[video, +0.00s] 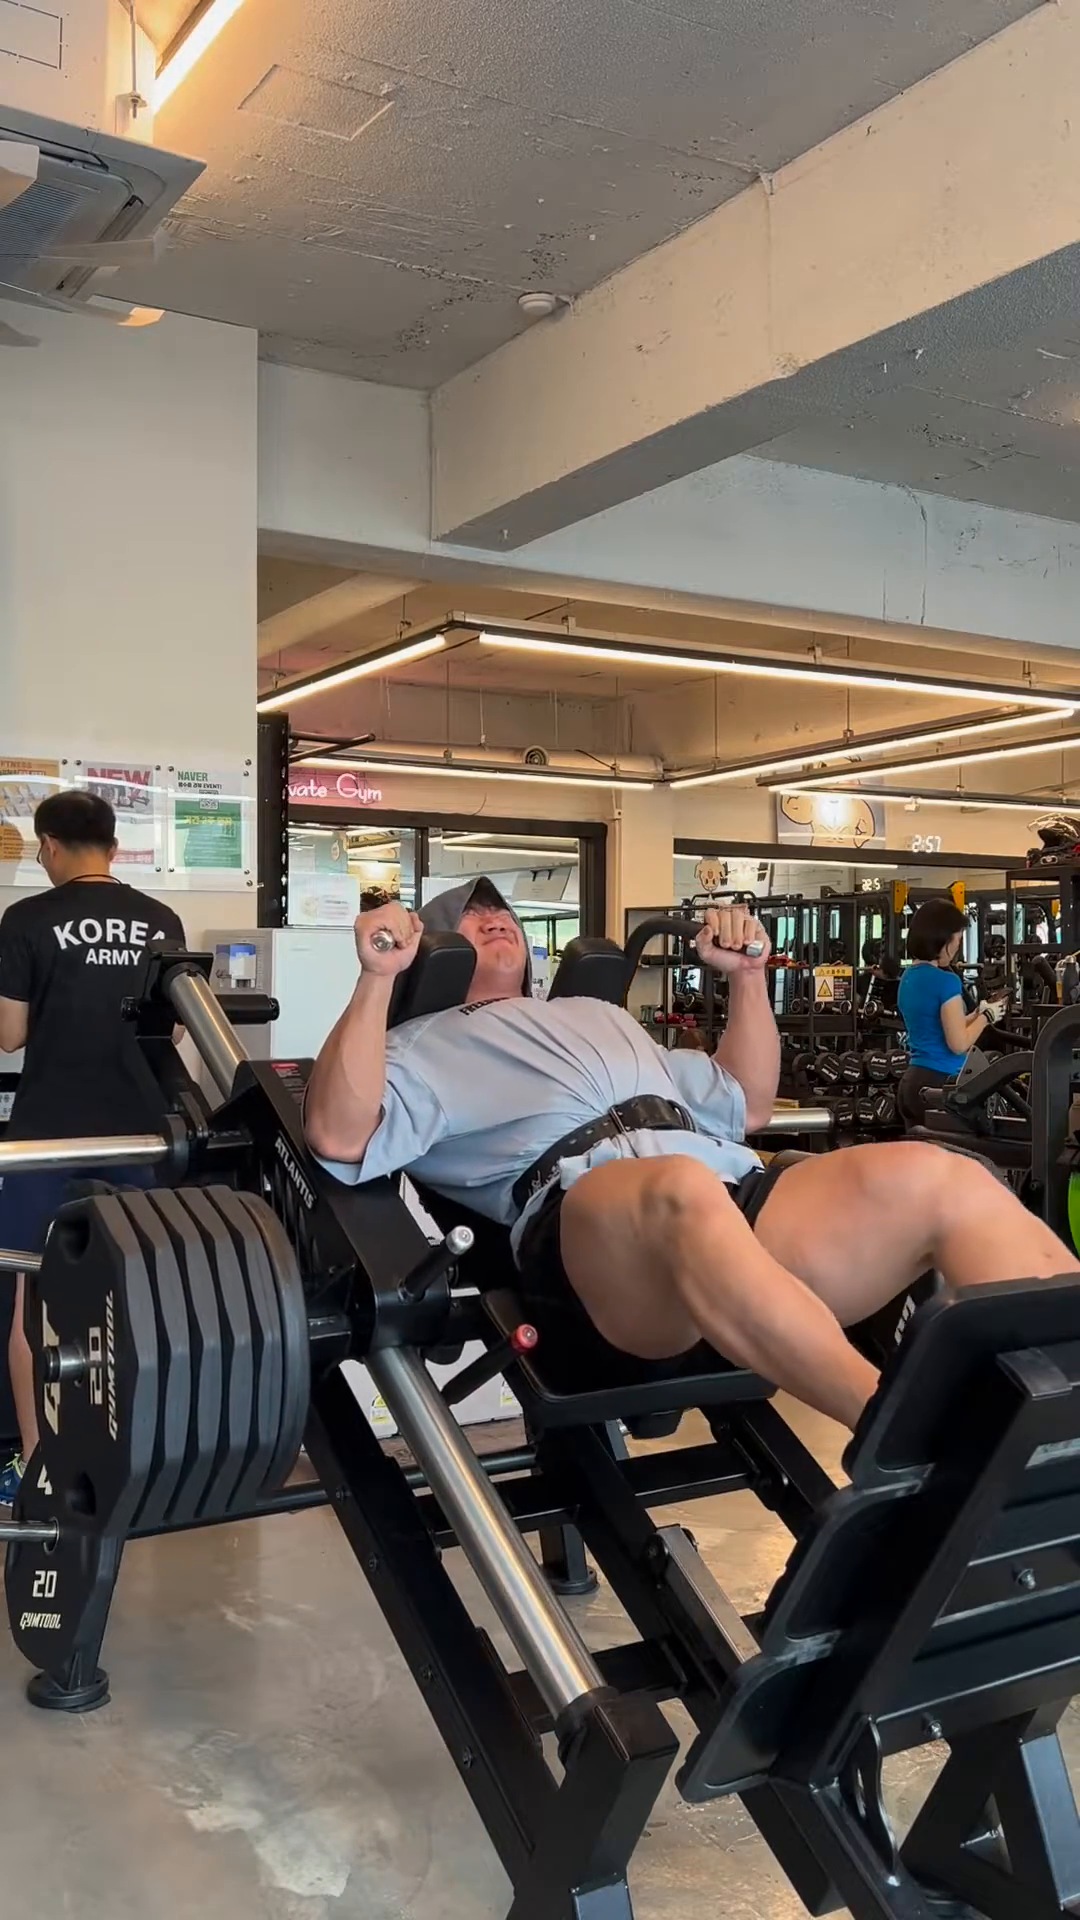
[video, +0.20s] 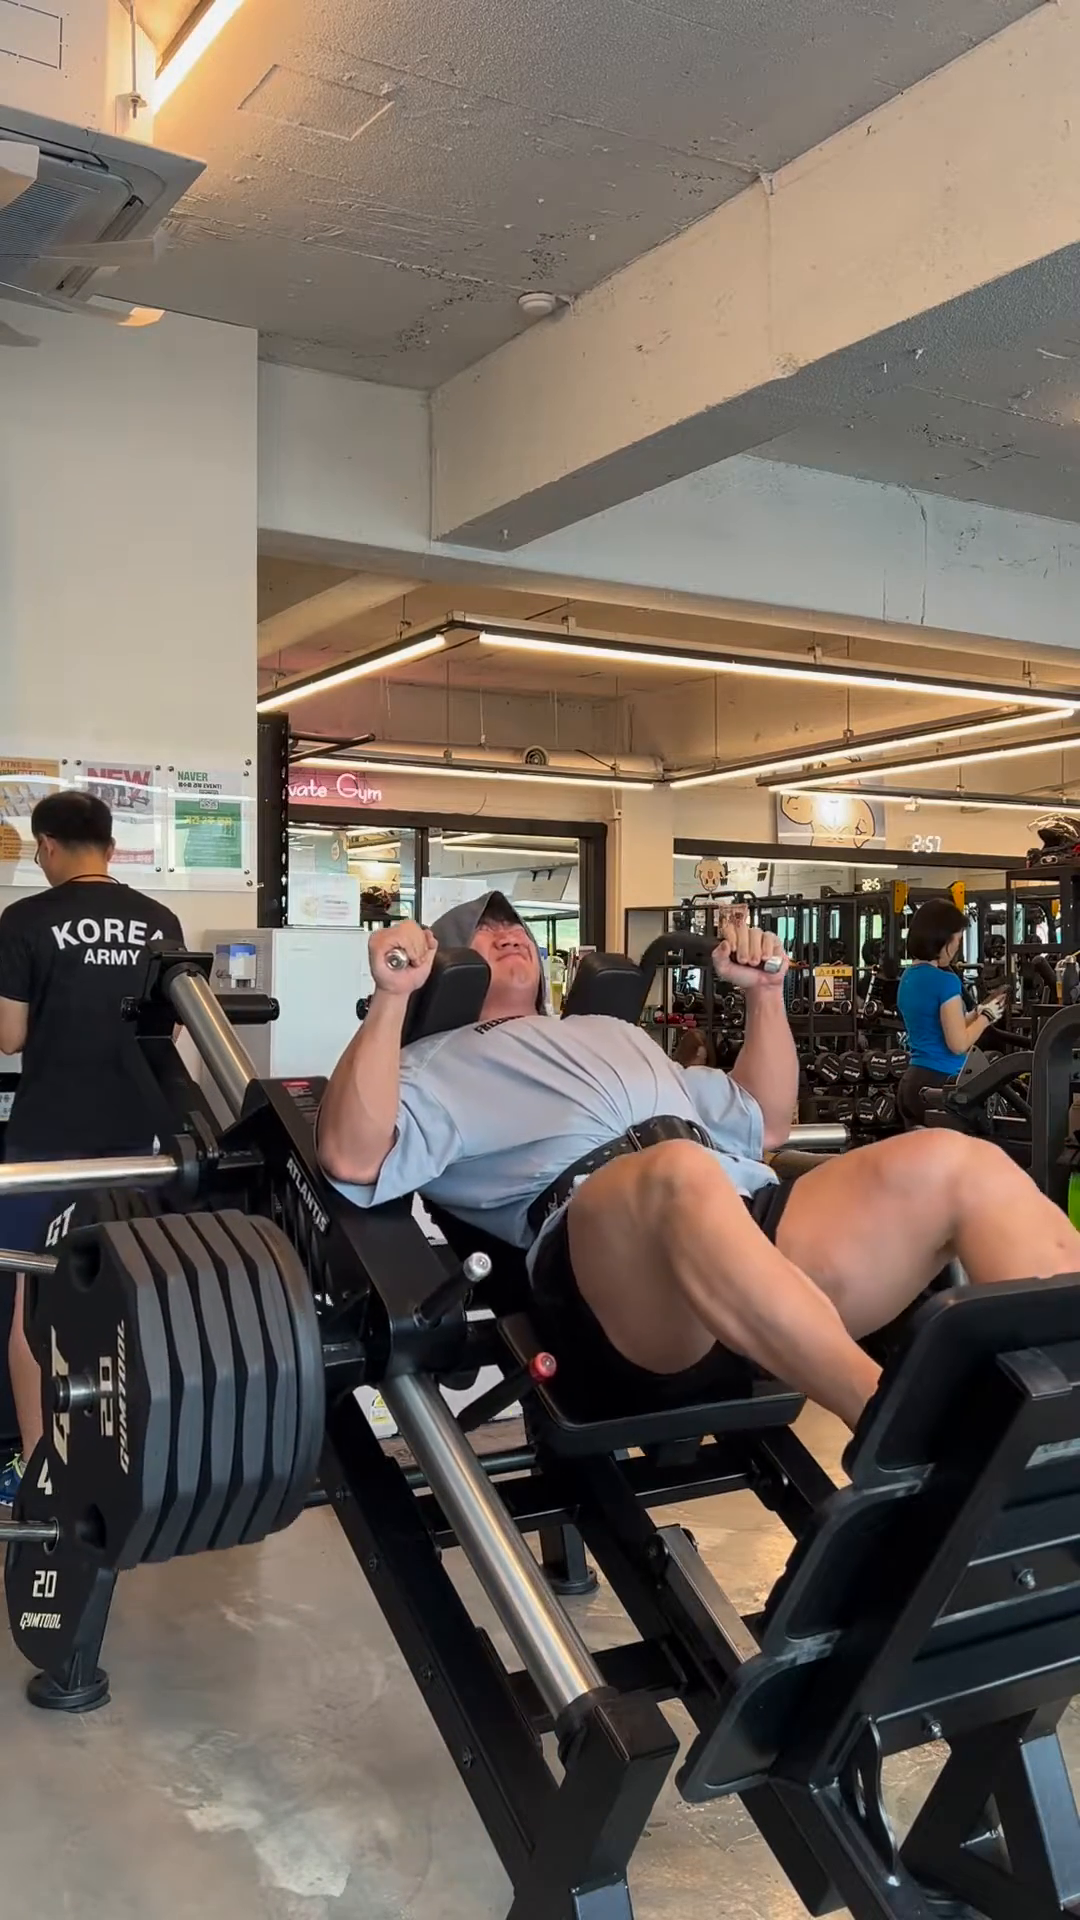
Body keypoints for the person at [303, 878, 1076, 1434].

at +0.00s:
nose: (495, 923)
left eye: (504, 916)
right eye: (472, 919)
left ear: (528, 947)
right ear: (441, 960)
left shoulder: (602, 1022)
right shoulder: (426, 1048)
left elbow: (744, 1102)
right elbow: (339, 1135)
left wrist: (745, 978)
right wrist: (376, 983)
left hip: (733, 1208)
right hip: (581, 1246)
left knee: (947, 1182)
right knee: (681, 1193)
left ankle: (1078, 1370)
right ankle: (902, 1427)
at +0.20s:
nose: (507, 937)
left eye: (516, 929)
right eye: (483, 932)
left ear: (542, 961)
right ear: (449, 978)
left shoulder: (614, 1037)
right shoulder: (436, 1066)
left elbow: (764, 1122)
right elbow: (352, 1159)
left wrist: (763, 994)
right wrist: (389, 1000)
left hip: (755, 1241)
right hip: (604, 1289)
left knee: (955, 1165)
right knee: (677, 1174)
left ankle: (1073, 1382)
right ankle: (899, 1426)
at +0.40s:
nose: (522, 955)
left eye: (531, 947)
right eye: (499, 950)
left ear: (556, 979)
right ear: (464, 996)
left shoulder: (636, 1060)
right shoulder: (453, 1090)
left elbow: (782, 1145)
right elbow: (365, 1186)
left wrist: (785, 1019)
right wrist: (408, 1020)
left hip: (784, 1282)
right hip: (634, 1336)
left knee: (975, 1154)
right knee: (675, 1166)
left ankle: (1076, 1382)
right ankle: (894, 1421)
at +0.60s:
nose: (542, 981)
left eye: (550, 971)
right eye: (519, 975)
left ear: (573, 1000)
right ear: (481, 1020)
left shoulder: (655, 1083)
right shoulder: (472, 1117)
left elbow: (808, 1171)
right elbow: (385, 1216)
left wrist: (806, 1038)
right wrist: (426, 1046)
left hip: (809, 1314)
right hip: (659, 1373)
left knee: (989, 1150)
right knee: (680, 1161)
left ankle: (1074, 1384)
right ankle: (899, 1418)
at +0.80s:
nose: (564, 997)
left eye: (572, 986)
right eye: (538, 985)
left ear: (592, 1024)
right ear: (486, 1025)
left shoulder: (672, 1108)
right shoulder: (484, 1144)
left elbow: (833, 1192)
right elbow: (401, 1245)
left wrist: (829, 1060)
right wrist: (447, 1067)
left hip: (837, 1342)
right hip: (686, 1404)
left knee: (997, 1146)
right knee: (678, 1157)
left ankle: (1065, 1393)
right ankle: (888, 1408)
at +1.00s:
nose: (584, 1013)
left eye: (585, 1000)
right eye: (554, 1003)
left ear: (602, 1034)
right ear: (504, 1042)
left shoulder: (678, 1130)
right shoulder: (501, 1167)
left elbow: (852, 1208)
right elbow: (417, 1273)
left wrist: (851, 1080)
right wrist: (463, 1095)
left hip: (858, 1376)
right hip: (707, 1433)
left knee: (1001, 1146)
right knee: (681, 1153)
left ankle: (1070, 1391)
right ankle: (891, 1405)